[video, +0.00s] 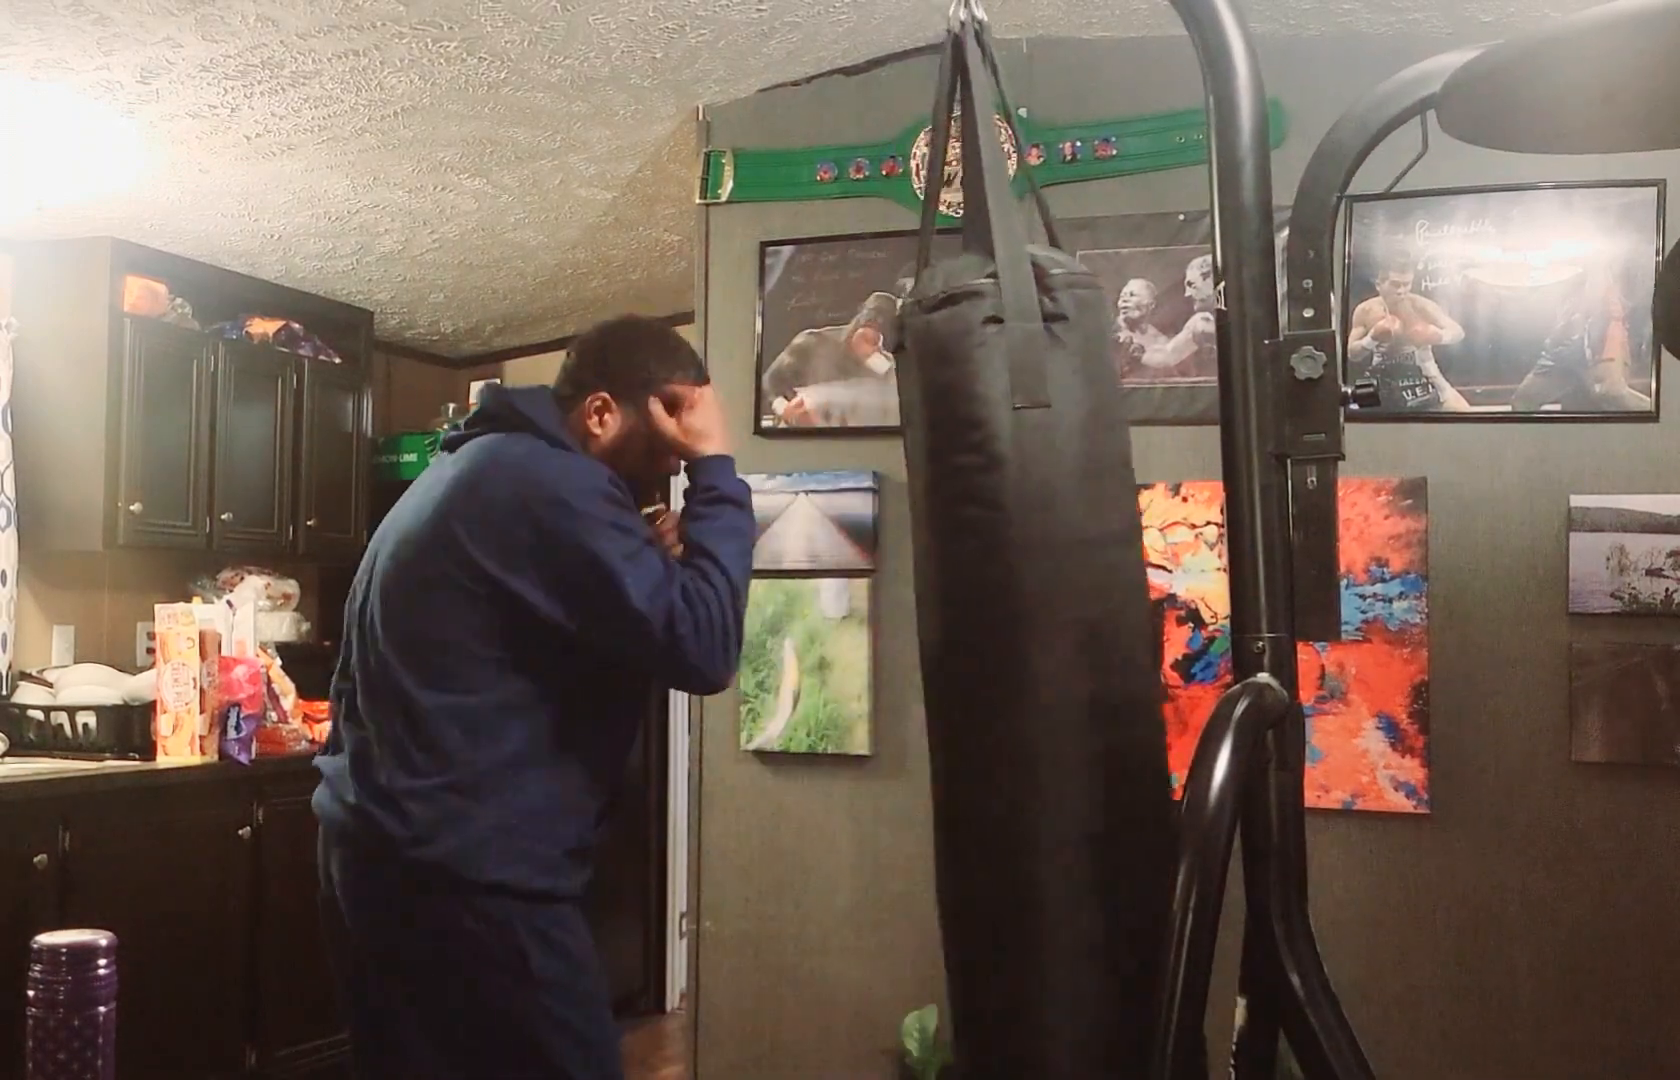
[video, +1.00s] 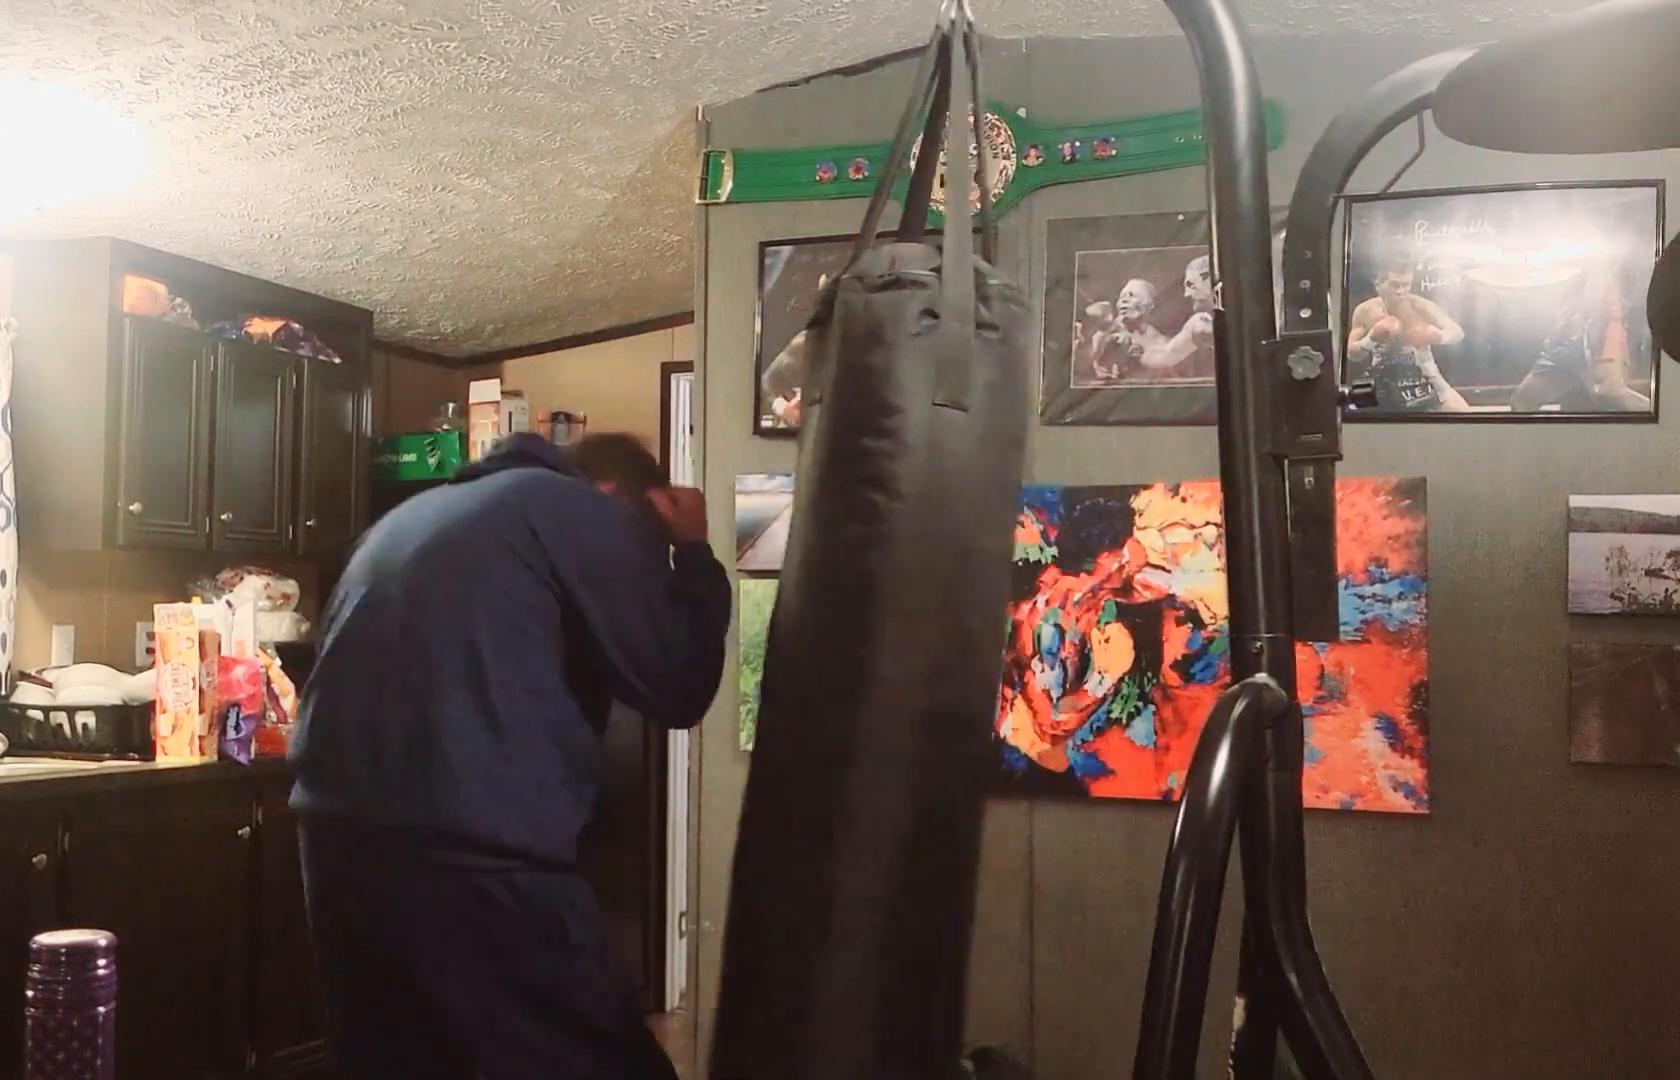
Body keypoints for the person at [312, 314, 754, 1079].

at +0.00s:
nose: (672, 472)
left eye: (679, 451)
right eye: (666, 445)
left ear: (596, 413)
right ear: (600, 416)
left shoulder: (477, 465)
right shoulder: (543, 482)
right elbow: (703, 645)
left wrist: (641, 555)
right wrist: (716, 467)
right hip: (476, 877)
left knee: (425, 1065)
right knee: (568, 1062)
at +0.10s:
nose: (682, 443)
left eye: (686, 422)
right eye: (672, 419)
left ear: (598, 397)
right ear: (601, 397)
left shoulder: (512, 456)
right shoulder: (517, 472)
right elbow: (660, 640)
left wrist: (697, 538)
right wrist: (698, 457)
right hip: (463, 871)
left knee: (452, 1062)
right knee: (544, 1061)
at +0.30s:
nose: (671, 434)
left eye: (682, 417)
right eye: (668, 410)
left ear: (599, 386)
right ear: (599, 382)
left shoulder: (563, 451)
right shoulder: (492, 471)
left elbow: (746, 473)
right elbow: (634, 641)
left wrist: (950, 486)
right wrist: (692, 460)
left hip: (492, 856)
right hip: (455, 871)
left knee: (435, 1062)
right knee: (524, 1063)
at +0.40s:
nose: (668, 432)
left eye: (678, 413)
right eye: (664, 405)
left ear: (596, 378)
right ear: (601, 374)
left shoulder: (548, 454)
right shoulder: (497, 465)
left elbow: (709, 505)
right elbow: (645, 642)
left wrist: (888, 502)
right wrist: (691, 467)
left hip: (486, 847)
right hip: (449, 859)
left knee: (516, 1055)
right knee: (521, 1062)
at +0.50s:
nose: (668, 438)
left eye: (679, 414)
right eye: (666, 407)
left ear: (593, 379)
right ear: (604, 379)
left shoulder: (497, 447)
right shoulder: (511, 465)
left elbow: (637, 583)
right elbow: (653, 643)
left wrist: (777, 545)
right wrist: (700, 469)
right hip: (457, 858)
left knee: (447, 1063)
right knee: (521, 1063)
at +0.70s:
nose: (618, 479)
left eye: (625, 469)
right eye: (623, 457)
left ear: (569, 403)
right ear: (590, 408)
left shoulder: (416, 449)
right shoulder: (538, 472)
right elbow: (663, 648)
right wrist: (685, 485)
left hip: (353, 826)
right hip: (462, 850)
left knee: (398, 1059)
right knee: (532, 1063)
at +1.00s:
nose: (654, 542)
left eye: (654, 528)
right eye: (651, 523)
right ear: (617, 494)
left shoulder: (409, 516)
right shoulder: (578, 511)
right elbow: (681, 690)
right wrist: (694, 547)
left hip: (339, 850)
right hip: (487, 857)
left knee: (386, 1062)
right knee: (609, 1065)